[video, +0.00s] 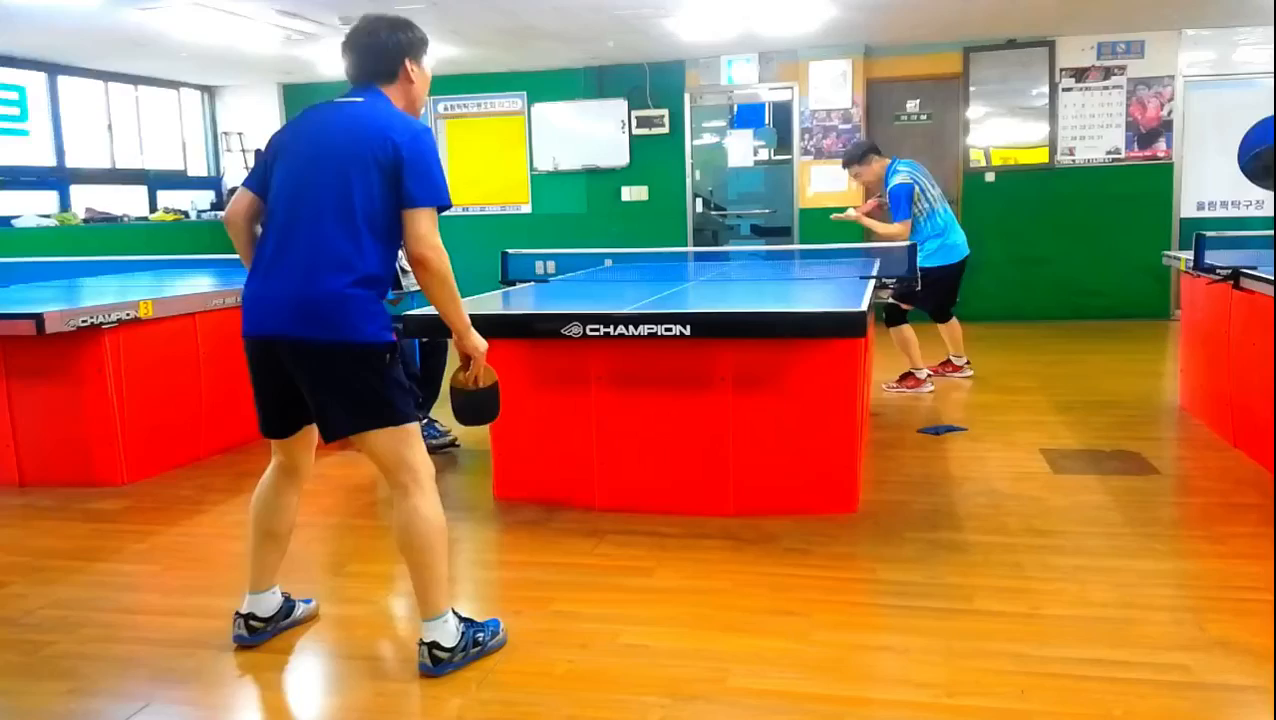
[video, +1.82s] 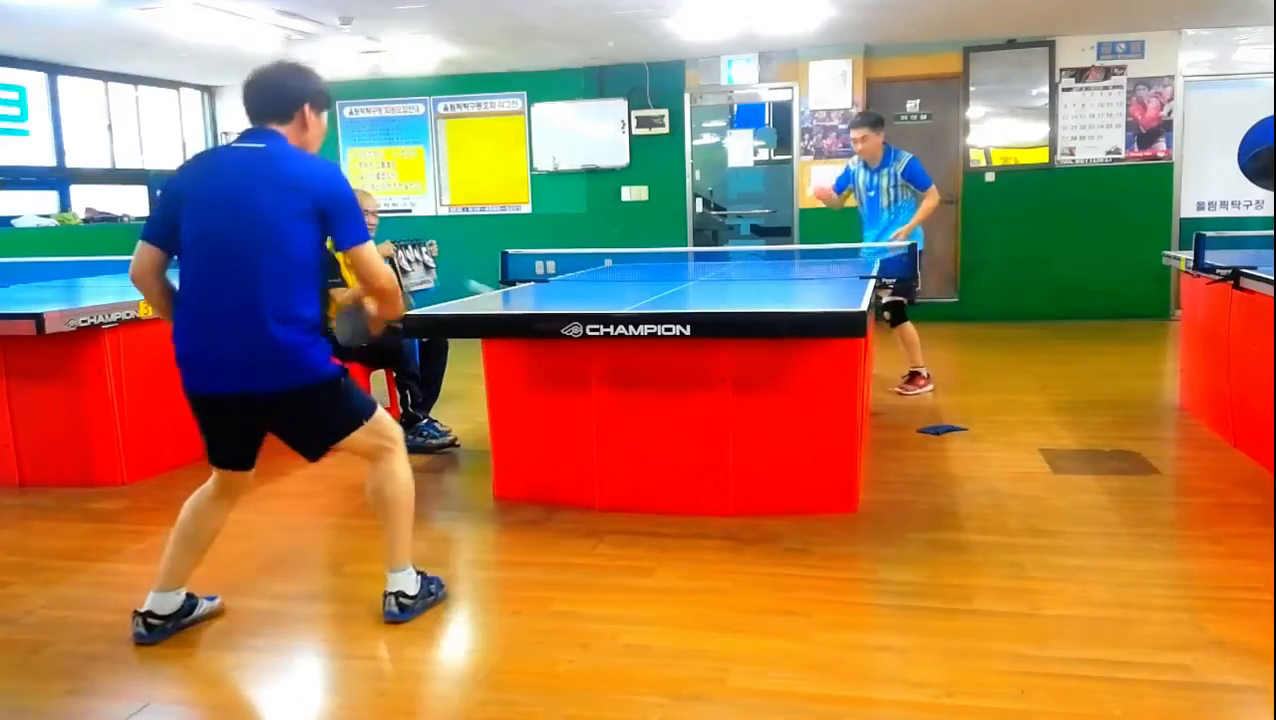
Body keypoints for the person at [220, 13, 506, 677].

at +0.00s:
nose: (429, 85)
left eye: (427, 73)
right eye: (426, 73)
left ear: (353, 72)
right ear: (407, 71)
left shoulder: (296, 128)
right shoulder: (405, 133)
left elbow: (238, 216)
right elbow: (422, 252)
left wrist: (274, 285)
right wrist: (464, 330)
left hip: (267, 323)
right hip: (345, 325)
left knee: (289, 460)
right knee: (410, 476)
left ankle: (258, 605)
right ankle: (442, 630)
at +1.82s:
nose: (322, 130)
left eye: (322, 120)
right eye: (321, 118)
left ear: (254, 115)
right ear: (304, 115)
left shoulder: (196, 170)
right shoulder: (320, 175)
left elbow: (144, 271)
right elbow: (376, 280)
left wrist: (189, 319)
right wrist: (389, 311)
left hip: (207, 364)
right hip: (287, 363)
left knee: (226, 478)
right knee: (386, 443)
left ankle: (162, 602)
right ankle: (403, 582)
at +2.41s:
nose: (287, 79)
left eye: (284, 66)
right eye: (284, 66)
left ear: (211, 69)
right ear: (263, 66)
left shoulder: (147, 139)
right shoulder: (282, 141)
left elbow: (105, 245)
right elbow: (323, 263)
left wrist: (150, 308)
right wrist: (355, 331)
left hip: (167, 353)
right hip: (254, 351)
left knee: (178, 494)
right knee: (349, 474)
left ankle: (126, 641)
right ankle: (382, 634)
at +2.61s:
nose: (320, 87)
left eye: (318, 73)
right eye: (317, 73)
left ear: (239, 75)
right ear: (294, 72)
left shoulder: (180, 141)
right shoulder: (294, 146)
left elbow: (127, 246)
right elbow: (317, 275)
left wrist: (183, 306)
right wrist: (373, 357)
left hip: (161, 359)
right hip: (244, 360)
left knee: (186, 493)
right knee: (343, 498)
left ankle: (110, 636)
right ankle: (357, 672)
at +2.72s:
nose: (329, 102)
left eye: (328, 88)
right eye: (327, 88)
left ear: (251, 89)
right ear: (304, 87)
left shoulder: (189, 151)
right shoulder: (295, 157)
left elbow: (131, 259)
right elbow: (316, 285)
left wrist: (190, 315)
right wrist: (374, 361)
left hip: (156, 372)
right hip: (238, 375)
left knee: (185, 496)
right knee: (356, 495)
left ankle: (106, 638)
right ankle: (358, 674)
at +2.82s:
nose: (323, 113)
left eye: (324, 100)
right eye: (322, 99)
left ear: (244, 95)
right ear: (301, 96)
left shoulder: (179, 155)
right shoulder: (297, 162)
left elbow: (124, 265)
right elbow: (318, 285)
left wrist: (177, 324)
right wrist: (348, 362)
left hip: (157, 377)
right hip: (243, 380)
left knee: (181, 499)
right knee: (365, 499)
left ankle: (105, 639)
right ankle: (359, 673)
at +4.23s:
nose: (178, 36)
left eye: (173, 23)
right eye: (176, 24)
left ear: (94, 28)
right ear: (163, 31)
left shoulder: (34, 78)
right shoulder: (192, 112)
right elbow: (250, 205)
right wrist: (271, 196)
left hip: (17, 325)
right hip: (117, 330)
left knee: (4, 502)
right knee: (185, 497)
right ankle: (232, 660)